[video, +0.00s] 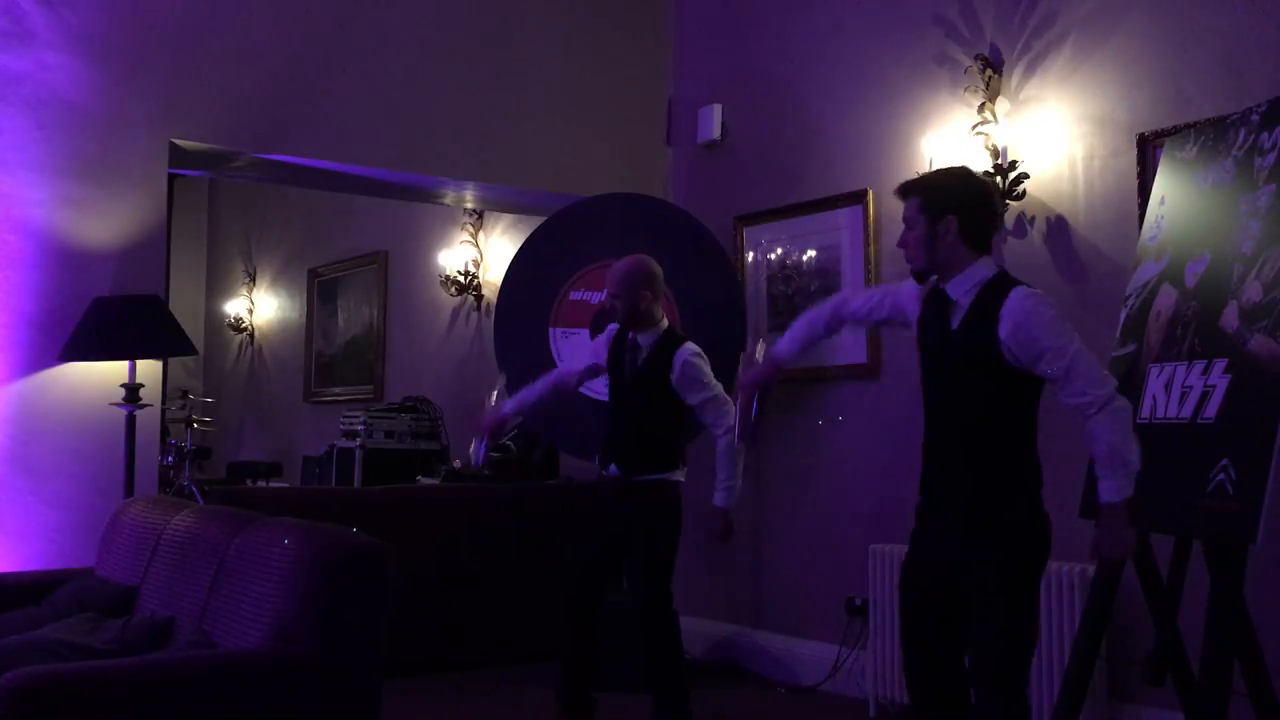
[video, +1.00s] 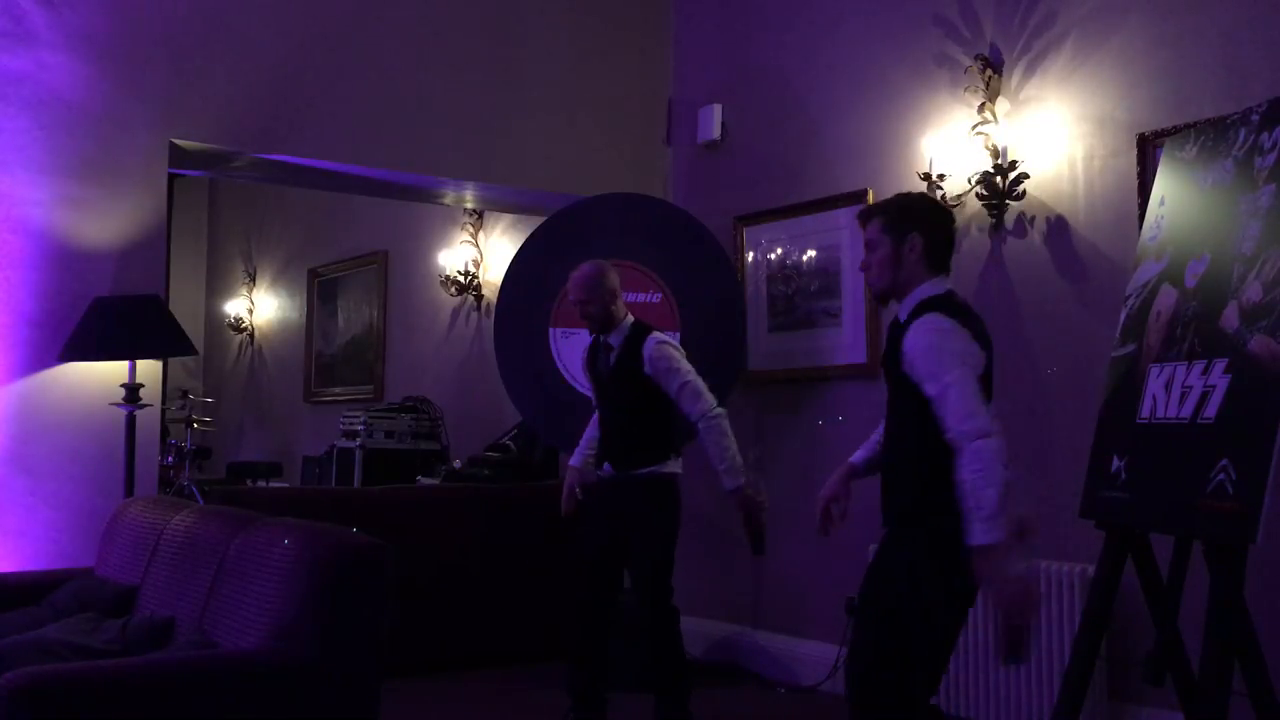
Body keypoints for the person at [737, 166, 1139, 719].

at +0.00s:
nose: (900, 239)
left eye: (910, 225)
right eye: (902, 226)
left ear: (949, 231)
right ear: (945, 233)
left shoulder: (1021, 310)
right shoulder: (921, 300)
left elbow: (1105, 404)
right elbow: (840, 308)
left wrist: (1114, 510)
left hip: (1004, 524)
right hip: (938, 518)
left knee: (997, 683)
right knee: (928, 677)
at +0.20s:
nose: (925, 221)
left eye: (933, 209)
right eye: (929, 208)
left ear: (965, 219)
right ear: (971, 219)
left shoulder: (1025, 302)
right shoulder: (965, 271)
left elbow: (1115, 394)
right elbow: (913, 236)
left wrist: (1090, 474)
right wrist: (849, 266)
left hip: (995, 514)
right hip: (938, 503)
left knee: (996, 682)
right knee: (890, 644)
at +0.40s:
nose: (940, 226)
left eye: (948, 213)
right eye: (943, 212)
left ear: (979, 224)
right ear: (980, 226)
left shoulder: (1052, 313)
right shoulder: (953, 283)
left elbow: (1114, 416)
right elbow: (909, 337)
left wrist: (1039, 440)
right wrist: (893, 385)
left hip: (999, 515)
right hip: (929, 502)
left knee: (1001, 680)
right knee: (886, 648)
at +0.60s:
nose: (927, 234)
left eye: (937, 221)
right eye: (931, 220)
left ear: (974, 231)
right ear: (967, 232)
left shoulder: (1046, 322)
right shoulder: (937, 285)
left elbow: (1093, 409)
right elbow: (897, 370)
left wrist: (1025, 429)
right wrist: (887, 452)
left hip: (996, 516)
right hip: (923, 505)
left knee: (997, 680)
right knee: (880, 660)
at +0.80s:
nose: (887, 241)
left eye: (897, 227)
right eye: (889, 228)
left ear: (937, 233)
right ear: (934, 235)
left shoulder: (989, 320)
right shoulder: (918, 304)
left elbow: (1085, 406)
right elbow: (897, 381)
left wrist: (1086, 503)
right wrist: (857, 436)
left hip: (970, 530)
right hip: (910, 520)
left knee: (966, 686)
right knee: (875, 668)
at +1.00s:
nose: (864, 262)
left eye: (873, 247)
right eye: (865, 249)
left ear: (912, 249)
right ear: (908, 252)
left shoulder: (929, 332)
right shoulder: (923, 321)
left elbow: (977, 439)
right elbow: (905, 424)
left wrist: (988, 546)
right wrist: (848, 471)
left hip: (928, 549)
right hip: (926, 541)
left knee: (882, 691)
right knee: (889, 689)